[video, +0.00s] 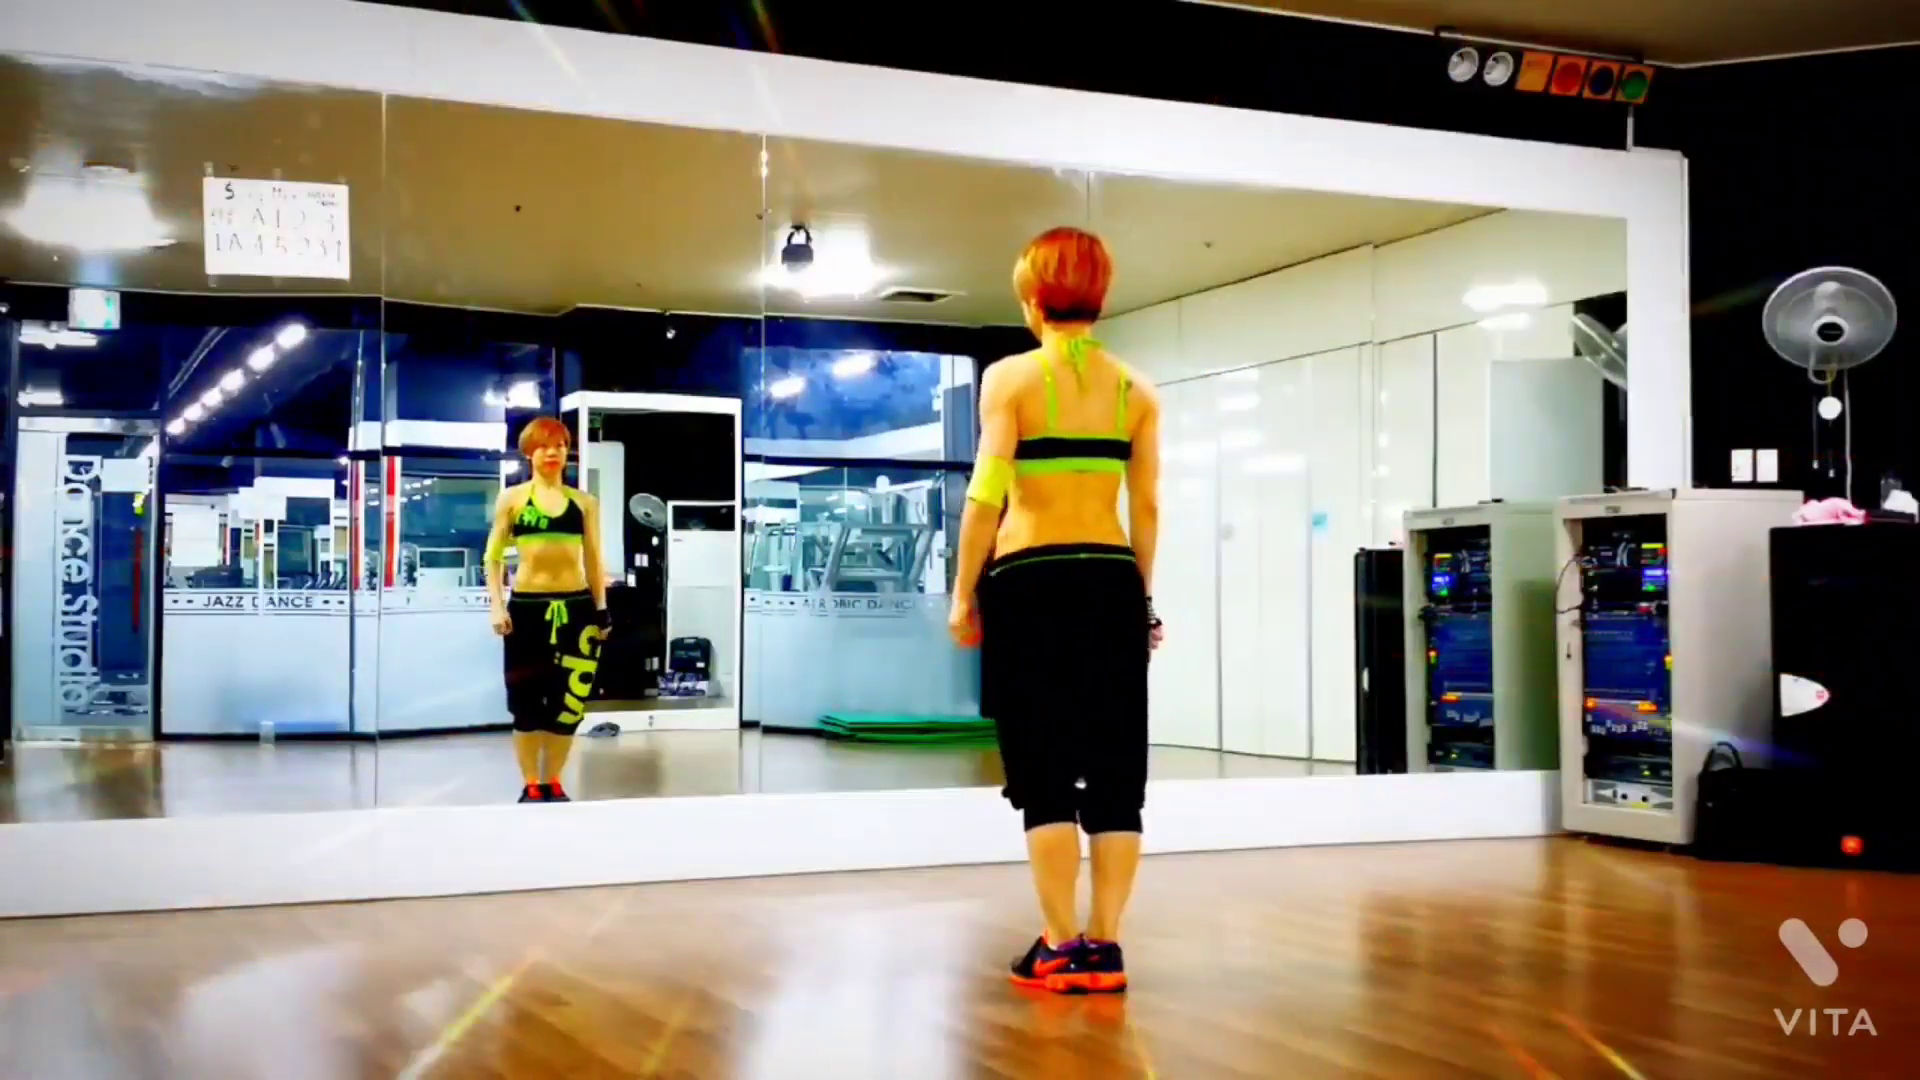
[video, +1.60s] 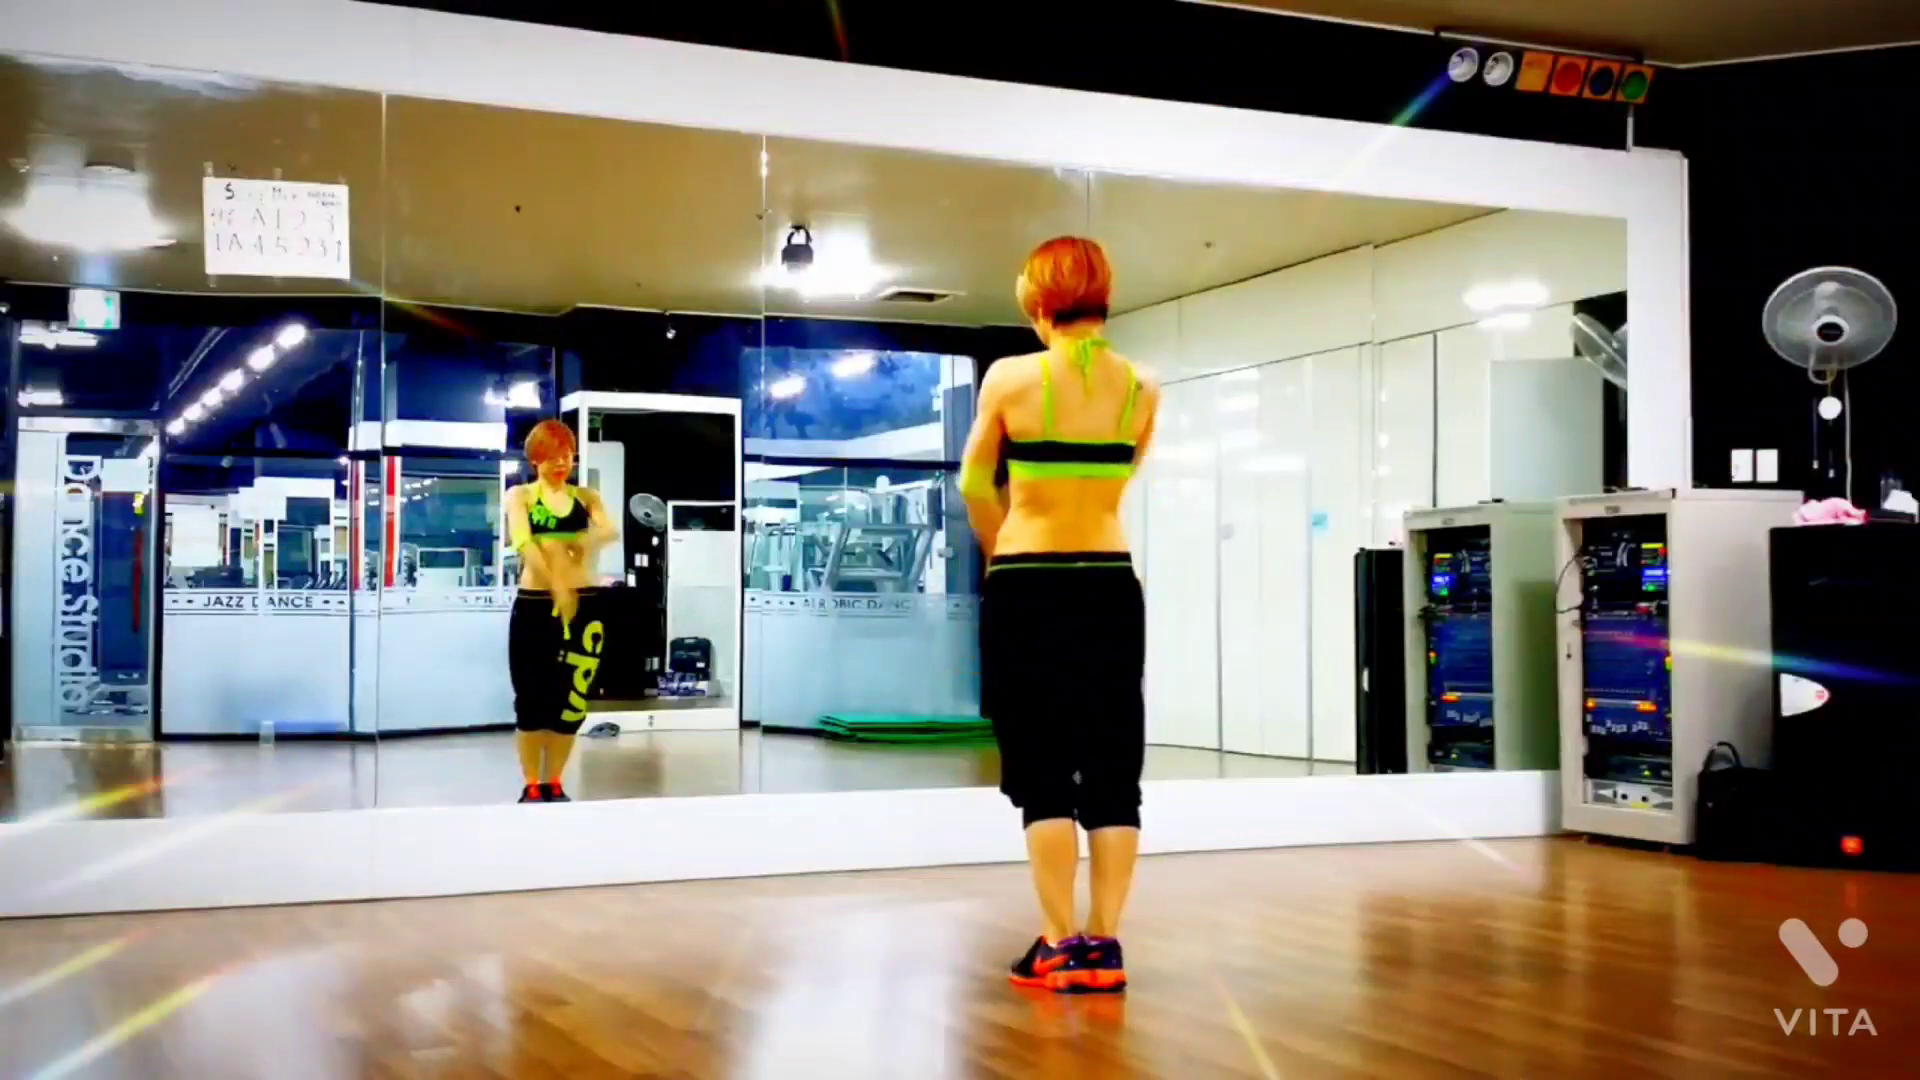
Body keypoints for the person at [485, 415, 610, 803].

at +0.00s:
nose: (552, 454)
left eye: (558, 446)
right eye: (543, 447)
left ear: (566, 452)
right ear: (530, 453)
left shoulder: (585, 502)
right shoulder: (512, 498)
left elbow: (594, 560)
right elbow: (493, 557)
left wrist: (600, 608)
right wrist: (498, 606)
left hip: (576, 607)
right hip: (527, 607)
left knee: (570, 700)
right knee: (528, 701)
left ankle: (552, 780)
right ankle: (531, 784)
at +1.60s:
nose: (560, 465)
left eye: (566, 457)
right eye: (551, 459)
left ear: (573, 458)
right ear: (535, 461)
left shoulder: (586, 496)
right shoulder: (519, 496)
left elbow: (611, 531)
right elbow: (525, 545)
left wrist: (577, 542)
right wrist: (557, 585)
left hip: (580, 603)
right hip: (533, 604)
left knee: (570, 697)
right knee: (532, 698)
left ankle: (553, 783)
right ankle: (531, 785)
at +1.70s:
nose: (561, 465)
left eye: (566, 458)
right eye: (552, 459)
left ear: (574, 459)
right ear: (537, 461)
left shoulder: (583, 496)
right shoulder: (520, 490)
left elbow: (611, 485)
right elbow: (524, 513)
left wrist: (566, 488)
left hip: (581, 602)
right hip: (533, 602)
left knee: (571, 700)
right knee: (531, 700)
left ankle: (553, 783)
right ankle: (531, 785)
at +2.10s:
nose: (554, 461)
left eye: (559, 454)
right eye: (546, 456)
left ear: (568, 458)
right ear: (531, 463)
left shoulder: (585, 499)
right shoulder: (521, 501)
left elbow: (590, 518)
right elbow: (549, 518)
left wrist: (577, 482)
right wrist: (566, 487)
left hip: (576, 608)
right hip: (530, 609)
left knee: (570, 708)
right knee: (537, 706)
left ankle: (553, 782)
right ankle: (532, 785)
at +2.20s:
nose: (554, 485)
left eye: (559, 478)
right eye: (545, 479)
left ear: (568, 488)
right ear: (531, 493)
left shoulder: (586, 537)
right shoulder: (521, 533)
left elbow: (583, 579)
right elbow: (537, 577)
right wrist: (570, 588)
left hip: (573, 640)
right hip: (529, 641)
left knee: (572, 733)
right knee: (540, 728)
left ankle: (552, 783)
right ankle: (532, 787)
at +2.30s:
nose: (556, 488)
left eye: (561, 483)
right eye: (547, 484)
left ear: (571, 494)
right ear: (532, 498)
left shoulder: (587, 543)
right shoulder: (519, 542)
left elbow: (591, 596)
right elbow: (521, 602)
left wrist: (589, 638)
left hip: (572, 637)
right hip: (529, 638)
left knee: (573, 729)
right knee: (538, 722)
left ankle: (553, 783)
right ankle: (532, 786)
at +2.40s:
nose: (554, 478)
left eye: (560, 472)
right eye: (545, 473)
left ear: (569, 484)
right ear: (531, 487)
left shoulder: (586, 534)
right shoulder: (516, 531)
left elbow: (604, 587)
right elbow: (494, 589)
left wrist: (619, 639)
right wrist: (479, 641)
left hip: (574, 637)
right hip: (528, 637)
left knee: (572, 730)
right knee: (536, 725)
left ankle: (551, 784)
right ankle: (531, 789)